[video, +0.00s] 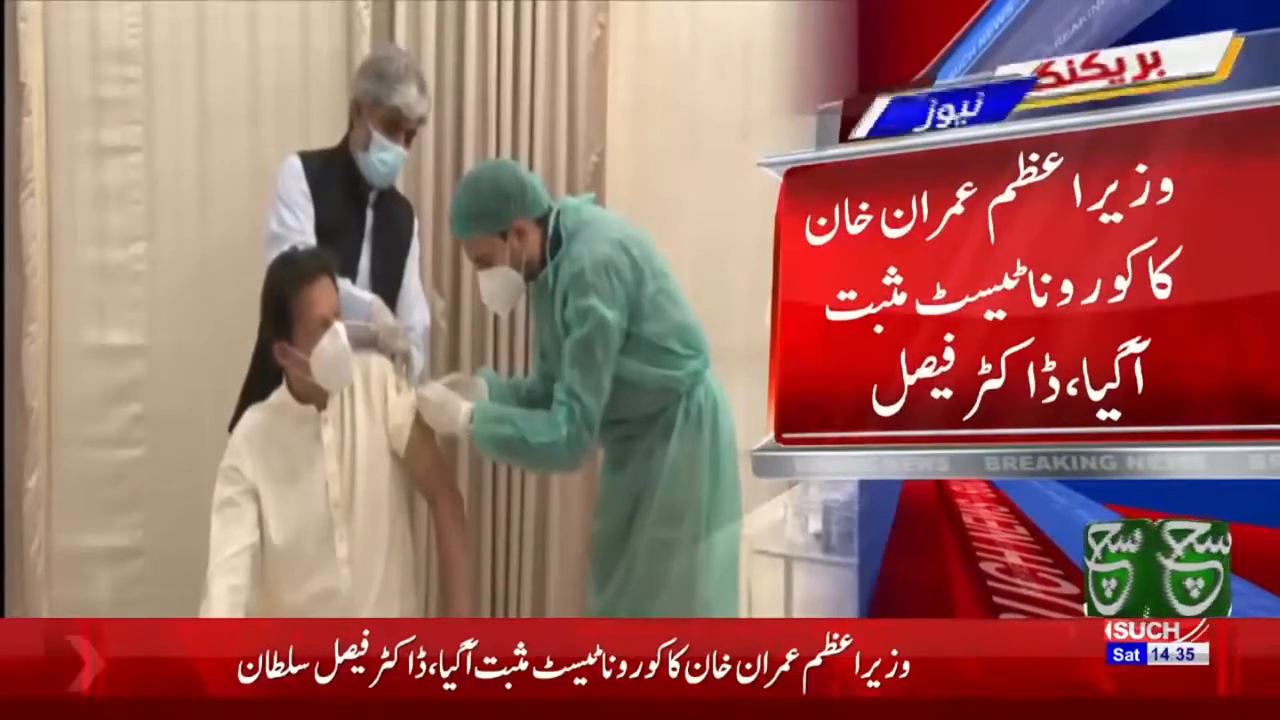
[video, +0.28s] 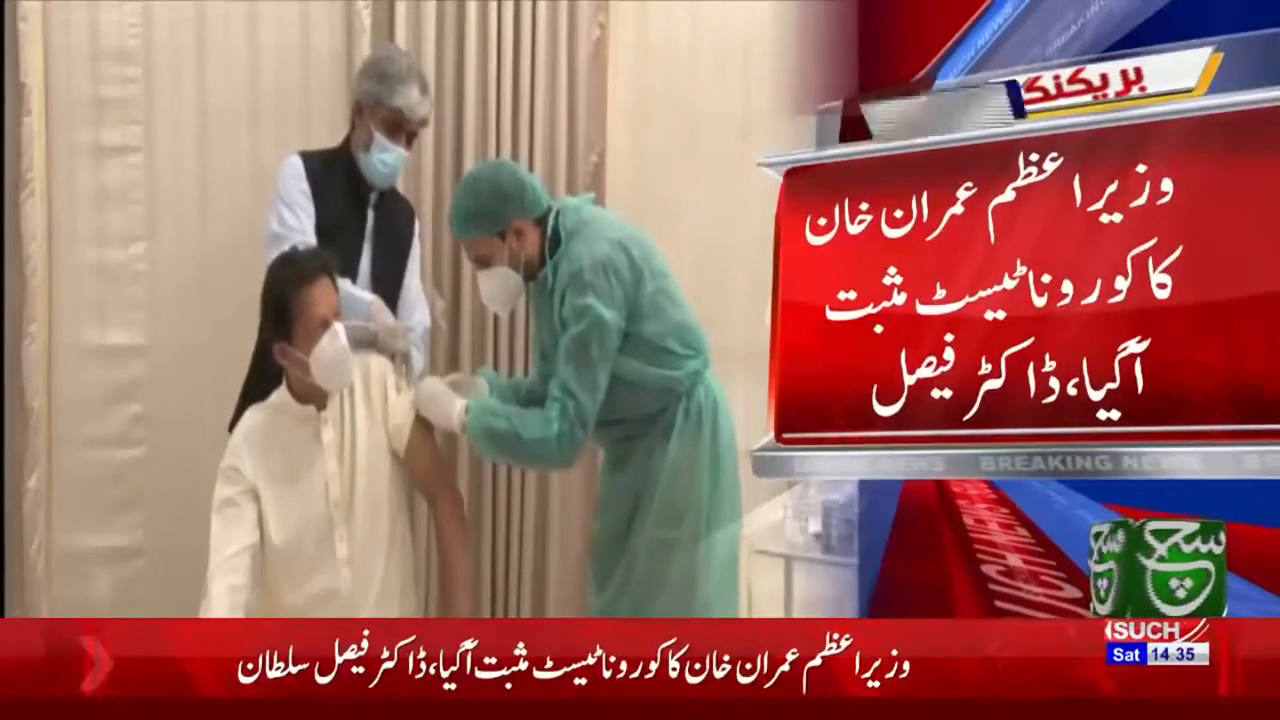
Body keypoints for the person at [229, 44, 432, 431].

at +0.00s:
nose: (399, 147)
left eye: (410, 136)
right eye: (390, 130)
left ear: (419, 133)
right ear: (358, 115)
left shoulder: (402, 214)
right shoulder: (302, 172)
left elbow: (413, 312)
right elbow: (293, 270)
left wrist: (407, 389)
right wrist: (371, 311)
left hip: (370, 385)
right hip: (296, 375)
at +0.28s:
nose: (401, 148)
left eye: (412, 137)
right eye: (392, 131)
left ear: (421, 135)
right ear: (360, 115)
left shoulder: (403, 215)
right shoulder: (303, 172)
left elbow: (414, 315)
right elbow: (293, 269)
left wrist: (403, 386)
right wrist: (370, 309)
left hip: (370, 387)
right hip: (295, 376)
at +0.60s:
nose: (402, 149)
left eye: (413, 138)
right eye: (393, 131)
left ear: (422, 135)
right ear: (362, 115)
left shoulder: (404, 216)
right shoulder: (304, 172)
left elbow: (414, 316)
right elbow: (293, 268)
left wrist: (404, 390)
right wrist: (370, 309)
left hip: (370, 388)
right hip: (296, 377)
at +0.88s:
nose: (406, 151)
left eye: (415, 139)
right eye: (396, 133)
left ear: (424, 134)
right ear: (364, 119)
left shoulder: (404, 215)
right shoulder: (306, 172)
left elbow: (415, 312)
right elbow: (298, 274)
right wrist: (379, 320)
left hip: (372, 395)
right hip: (293, 385)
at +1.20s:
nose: (402, 151)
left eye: (413, 139)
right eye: (393, 132)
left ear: (422, 137)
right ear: (362, 116)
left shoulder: (407, 216)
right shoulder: (306, 172)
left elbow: (416, 316)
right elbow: (292, 267)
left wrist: (411, 393)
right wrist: (369, 308)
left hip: (370, 388)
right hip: (297, 377)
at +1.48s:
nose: (402, 151)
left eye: (414, 139)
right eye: (393, 132)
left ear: (423, 136)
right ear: (363, 116)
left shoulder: (408, 216)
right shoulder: (306, 172)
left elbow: (418, 319)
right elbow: (292, 267)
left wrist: (410, 395)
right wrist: (369, 309)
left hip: (371, 389)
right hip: (297, 378)